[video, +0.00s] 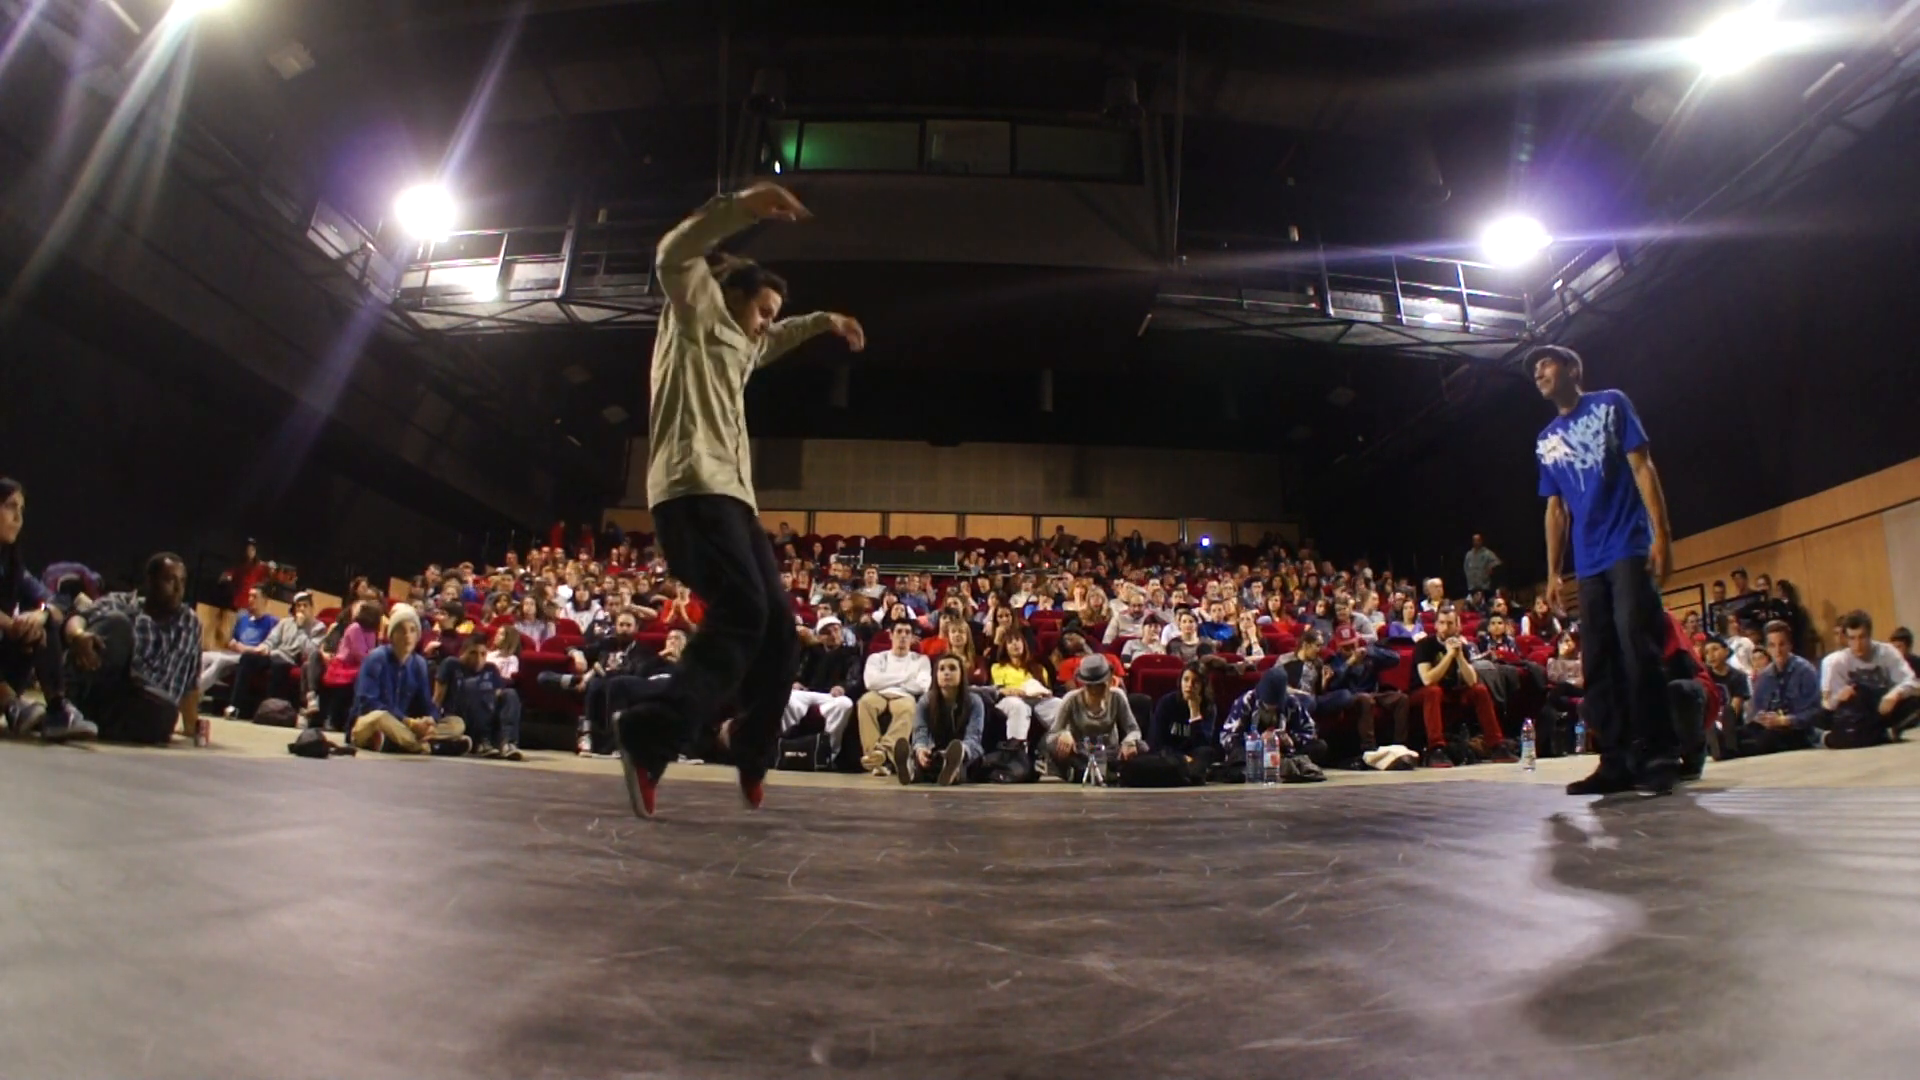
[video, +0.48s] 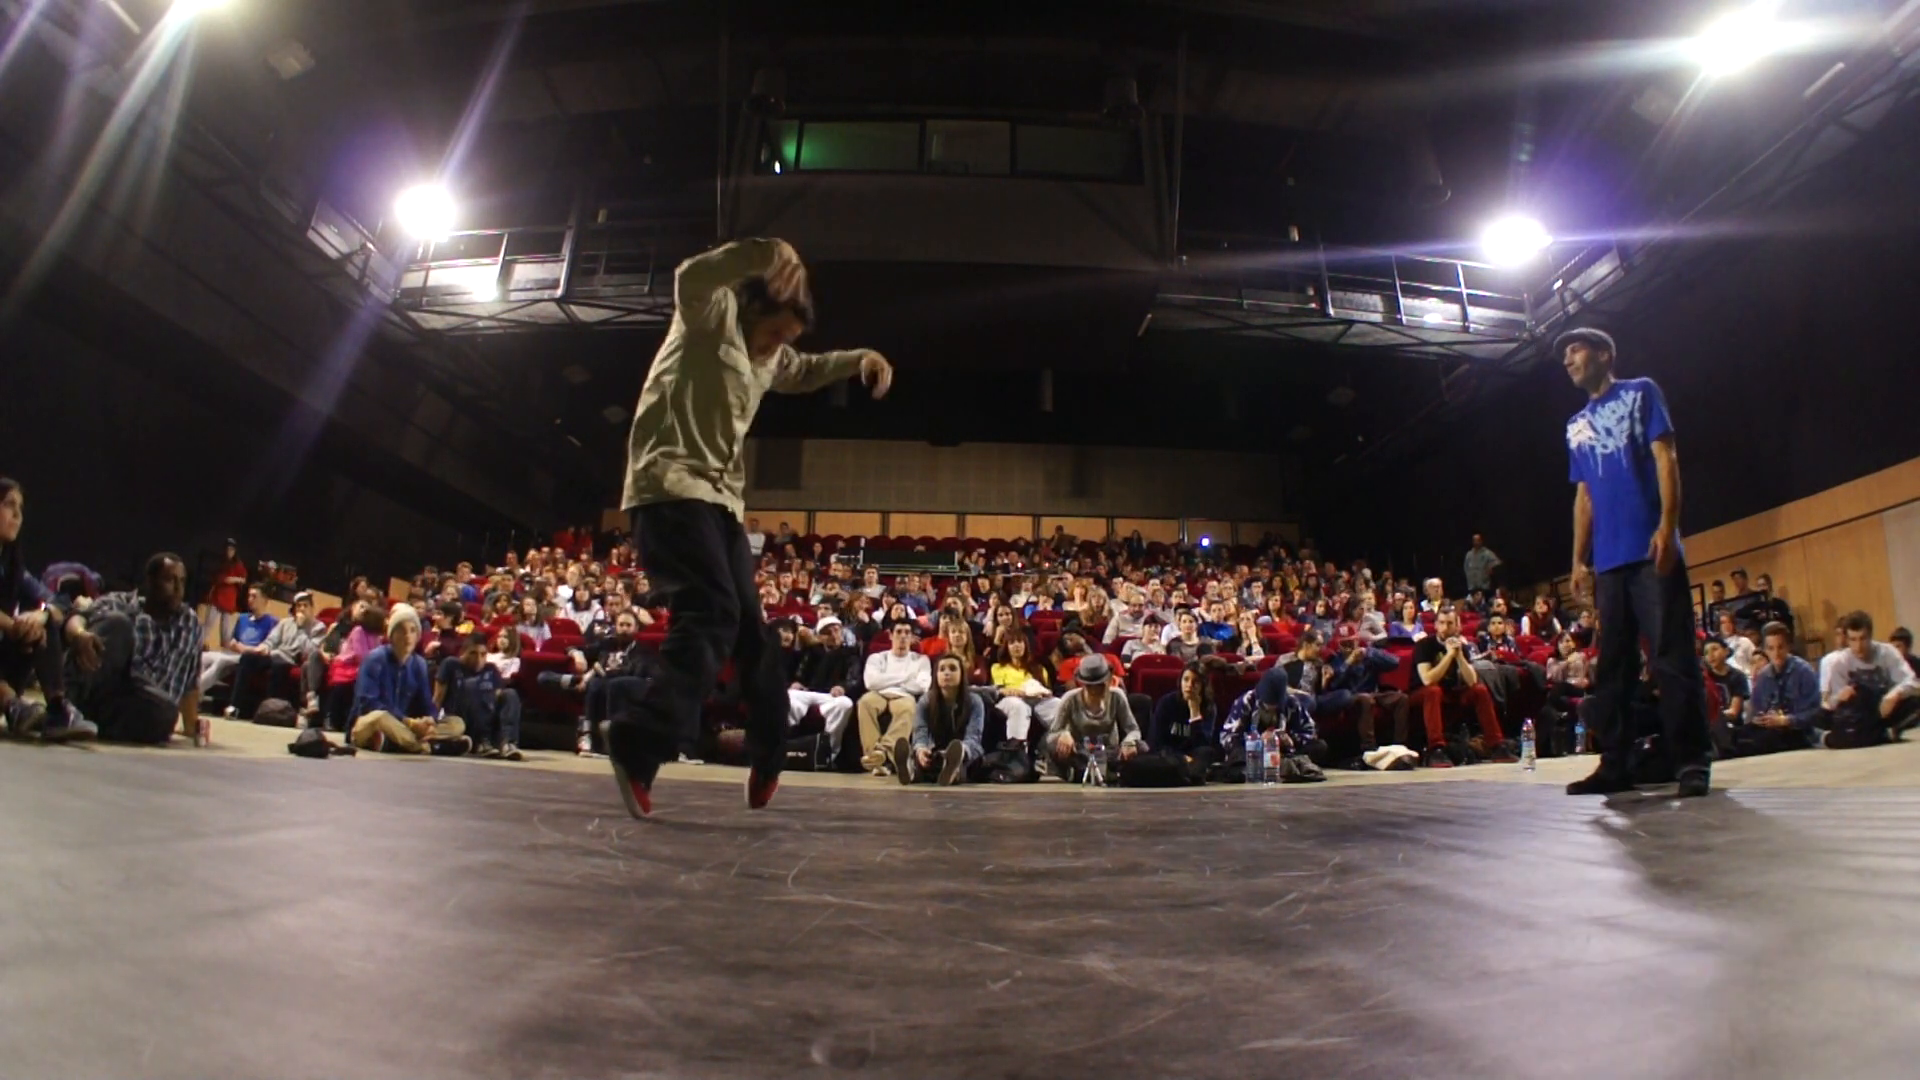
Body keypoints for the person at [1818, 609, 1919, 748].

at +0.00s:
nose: (1857, 643)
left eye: (1862, 637)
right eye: (1852, 638)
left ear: (1870, 636)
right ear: (1846, 638)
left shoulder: (1887, 652)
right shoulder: (1835, 662)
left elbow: (1911, 681)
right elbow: (1827, 703)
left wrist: (1894, 694)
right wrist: (1838, 697)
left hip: (1885, 704)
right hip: (1855, 706)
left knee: (1913, 703)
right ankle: (1884, 734)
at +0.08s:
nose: (1857, 644)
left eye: (1862, 637)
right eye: (1852, 638)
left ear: (1870, 636)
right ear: (1846, 638)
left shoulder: (1887, 652)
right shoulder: (1835, 662)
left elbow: (1911, 681)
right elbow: (1827, 703)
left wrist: (1894, 694)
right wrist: (1838, 697)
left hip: (1884, 705)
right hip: (1855, 707)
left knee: (1914, 703)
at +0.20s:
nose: (1857, 644)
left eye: (1862, 637)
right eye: (1852, 638)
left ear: (1870, 636)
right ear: (1846, 638)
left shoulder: (1887, 652)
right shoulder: (1835, 662)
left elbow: (1911, 681)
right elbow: (1827, 703)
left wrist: (1894, 695)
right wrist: (1838, 697)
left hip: (1883, 705)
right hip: (1854, 707)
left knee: (1914, 704)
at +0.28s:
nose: (1858, 644)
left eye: (1862, 638)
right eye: (1852, 639)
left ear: (1870, 636)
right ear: (1847, 639)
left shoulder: (1887, 652)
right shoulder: (1838, 662)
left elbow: (1911, 680)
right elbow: (1828, 703)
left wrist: (1894, 695)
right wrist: (1838, 697)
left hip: (1884, 705)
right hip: (1855, 706)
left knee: (1914, 703)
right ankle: (1824, 739)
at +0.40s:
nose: (1858, 645)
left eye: (1862, 639)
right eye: (1853, 639)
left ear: (1870, 637)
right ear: (1847, 639)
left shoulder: (1887, 652)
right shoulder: (1839, 662)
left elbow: (1910, 680)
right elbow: (1829, 703)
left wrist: (1893, 695)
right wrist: (1839, 697)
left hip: (1884, 704)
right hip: (1856, 706)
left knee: (1914, 703)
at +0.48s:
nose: (1858, 645)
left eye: (1862, 639)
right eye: (1853, 639)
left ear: (1870, 637)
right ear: (1847, 639)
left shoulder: (1887, 652)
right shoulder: (1839, 662)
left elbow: (1910, 680)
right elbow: (1828, 703)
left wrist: (1894, 695)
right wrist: (1839, 697)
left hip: (1884, 704)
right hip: (1856, 707)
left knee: (1913, 703)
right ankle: (1823, 739)